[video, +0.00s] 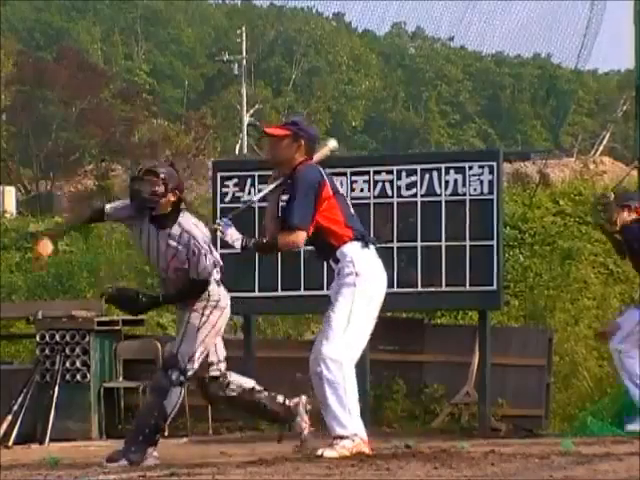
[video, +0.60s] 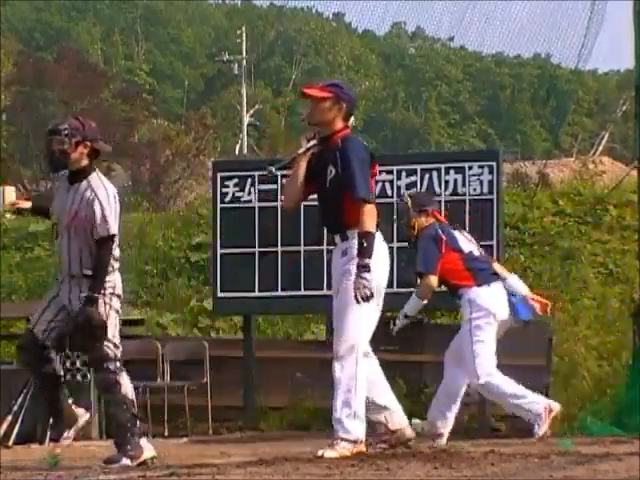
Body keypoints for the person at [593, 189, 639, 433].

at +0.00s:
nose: (614, 219)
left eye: (617, 214)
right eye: (614, 214)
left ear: (630, 211)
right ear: (631, 211)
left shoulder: (631, 232)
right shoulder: (630, 232)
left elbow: (629, 256)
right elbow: (624, 254)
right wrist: (609, 231)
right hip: (635, 307)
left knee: (622, 345)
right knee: (619, 341)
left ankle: (638, 409)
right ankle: (636, 407)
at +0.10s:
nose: (574, 215)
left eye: (577, 209)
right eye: (573, 209)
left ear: (590, 207)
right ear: (598, 206)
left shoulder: (599, 228)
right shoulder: (611, 225)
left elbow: (629, 256)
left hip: (632, 292)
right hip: (627, 291)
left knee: (592, 346)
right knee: (587, 341)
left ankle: (581, 413)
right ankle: (575, 410)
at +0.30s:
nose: (502, 226)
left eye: (505, 220)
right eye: (501, 220)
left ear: (520, 218)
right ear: (525, 218)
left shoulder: (524, 239)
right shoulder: (548, 234)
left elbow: (538, 284)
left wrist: (542, 328)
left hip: (573, 303)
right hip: (602, 299)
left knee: (533, 364)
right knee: (587, 375)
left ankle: (562, 428)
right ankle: (636, 394)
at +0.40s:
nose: (471, 225)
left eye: (473, 219)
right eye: (470, 219)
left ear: (485, 218)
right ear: (495, 216)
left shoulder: (494, 239)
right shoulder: (515, 234)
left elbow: (498, 289)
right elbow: (545, 273)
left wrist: (479, 332)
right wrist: (568, 323)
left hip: (544, 303)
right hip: (568, 296)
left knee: (516, 371)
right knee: (535, 362)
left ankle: (559, 426)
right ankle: (572, 410)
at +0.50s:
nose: (439, 221)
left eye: (442, 215)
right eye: (438, 215)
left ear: (456, 214)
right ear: (464, 213)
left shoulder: (461, 235)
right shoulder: (482, 231)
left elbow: (461, 284)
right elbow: (518, 265)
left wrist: (434, 311)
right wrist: (550, 297)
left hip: (515, 297)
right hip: (534, 291)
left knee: (506, 375)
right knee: (489, 349)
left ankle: (557, 421)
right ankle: (489, 421)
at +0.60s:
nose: (408, 221)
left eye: (411, 216)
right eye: (409, 216)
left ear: (425, 215)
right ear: (433, 215)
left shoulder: (429, 235)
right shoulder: (455, 232)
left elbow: (429, 284)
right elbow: (492, 266)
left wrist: (406, 315)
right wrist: (527, 294)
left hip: (480, 300)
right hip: (500, 297)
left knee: (482, 373)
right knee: (455, 359)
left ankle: (540, 409)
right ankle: (436, 427)